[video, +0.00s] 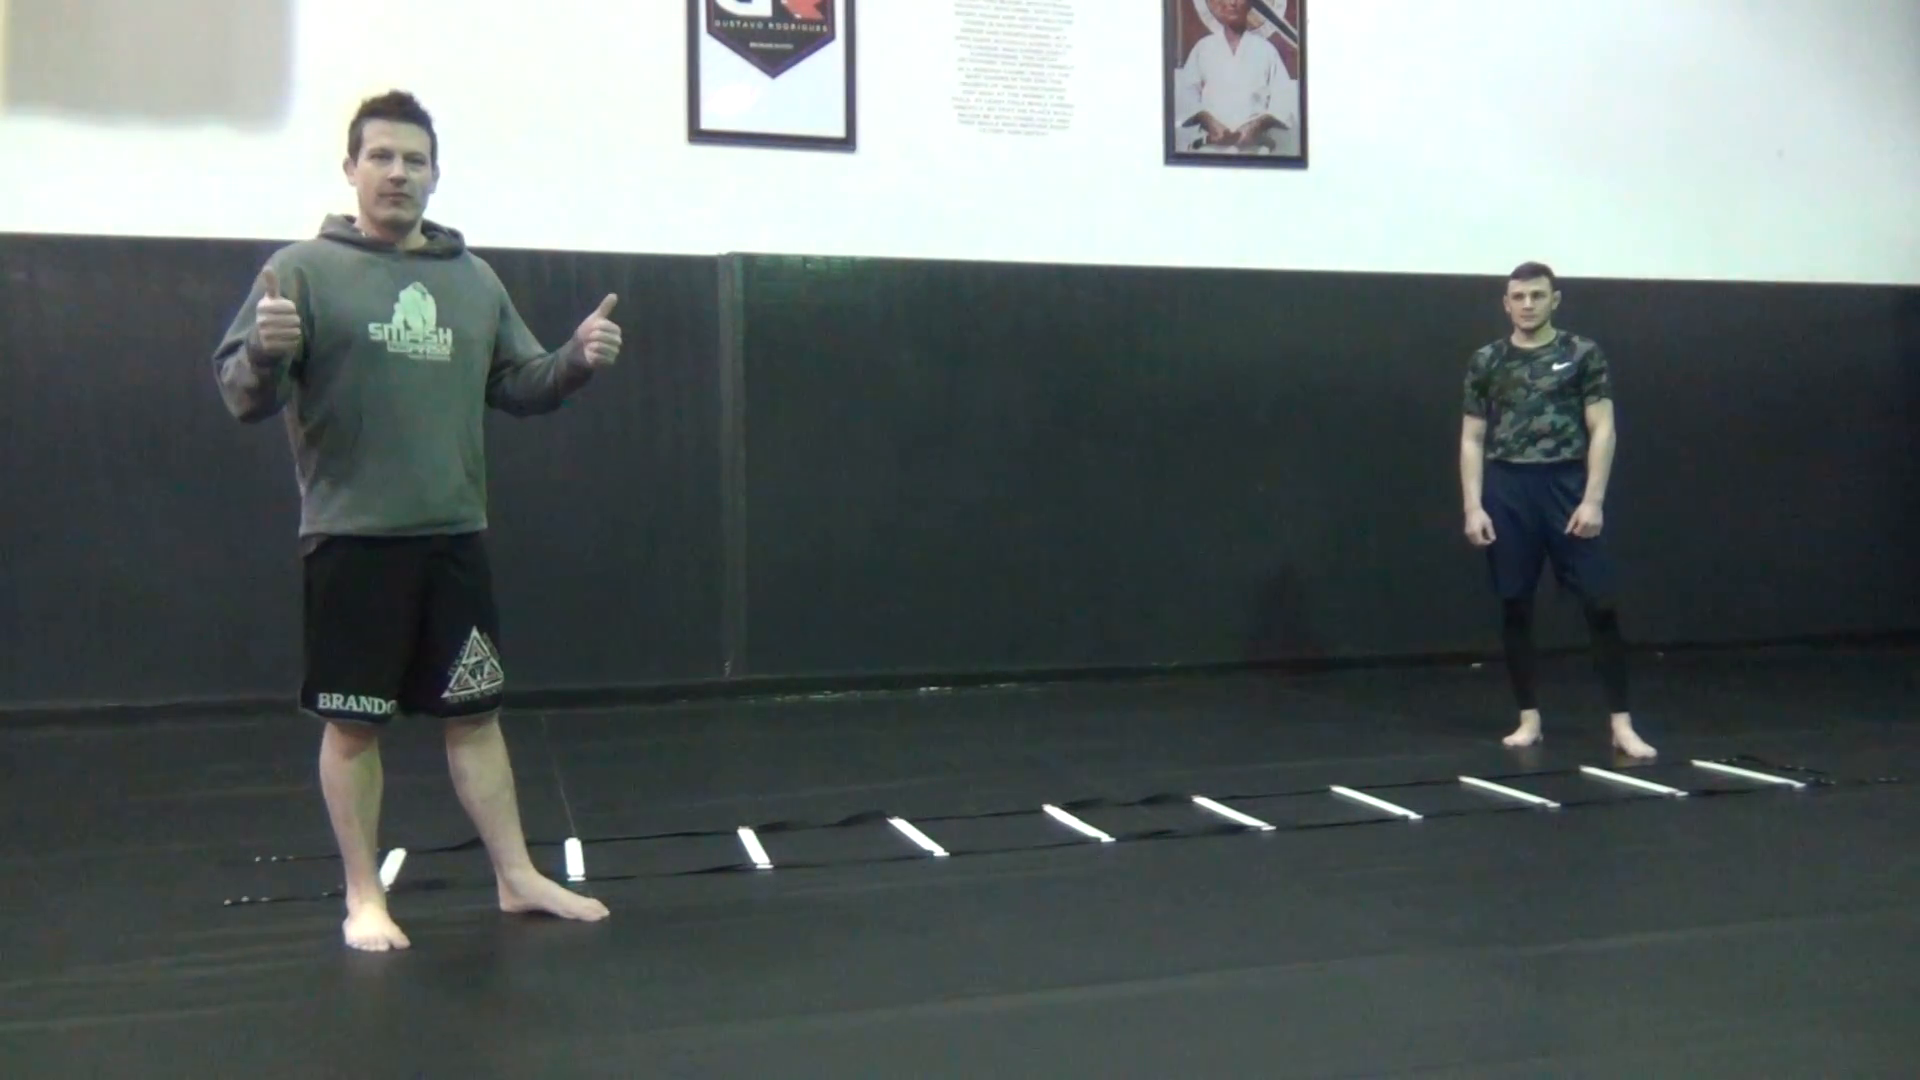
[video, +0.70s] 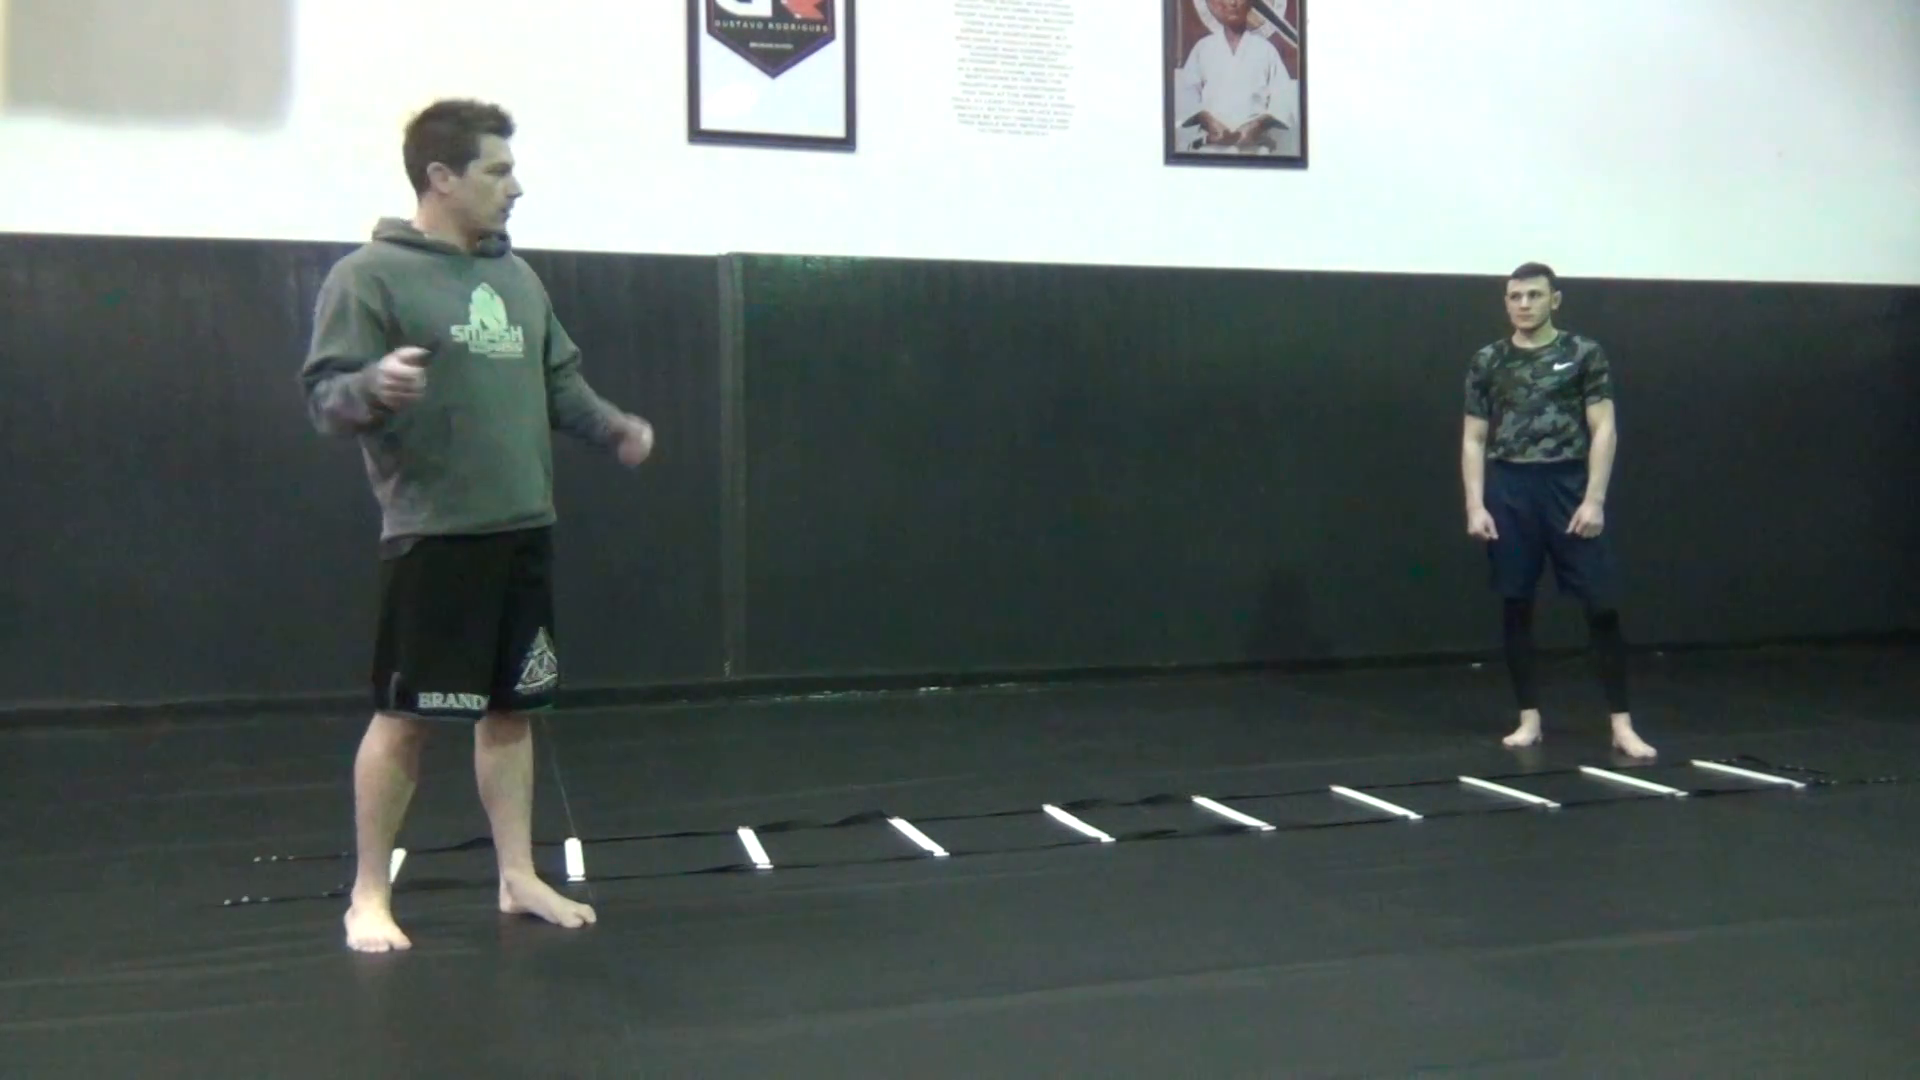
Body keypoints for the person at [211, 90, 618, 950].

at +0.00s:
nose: (396, 173)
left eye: (413, 160)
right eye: (380, 157)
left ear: (435, 174)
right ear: (350, 168)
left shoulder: (474, 279)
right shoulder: (301, 270)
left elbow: (519, 386)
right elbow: (242, 399)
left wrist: (573, 360)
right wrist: (261, 353)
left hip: (454, 530)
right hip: (350, 534)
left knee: (474, 711)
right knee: (352, 724)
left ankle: (518, 877)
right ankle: (364, 903)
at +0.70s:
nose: (514, 187)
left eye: (513, 172)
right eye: (498, 172)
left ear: (467, 179)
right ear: (439, 177)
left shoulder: (518, 278)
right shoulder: (367, 277)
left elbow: (562, 383)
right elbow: (325, 402)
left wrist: (611, 424)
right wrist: (371, 386)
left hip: (521, 527)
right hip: (430, 532)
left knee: (510, 711)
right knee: (404, 719)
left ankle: (519, 878)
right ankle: (369, 899)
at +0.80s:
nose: (526, 189)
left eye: (524, 174)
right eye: (510, 175)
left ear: (476, 183)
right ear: (456, 182)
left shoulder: (522, 278)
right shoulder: (383, 279)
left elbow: (563, 390)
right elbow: (371, 400)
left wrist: (599, 475)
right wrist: (456, 376)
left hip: (530, 527)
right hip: (442, 532)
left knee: (514, 711)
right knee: (411, 718)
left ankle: (518, 878)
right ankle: (369, 896)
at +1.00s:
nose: (538, 195)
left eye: (536, 180)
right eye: (524, 181)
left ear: (485, 186)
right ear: (469, 185)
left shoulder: (524, 274)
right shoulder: (405, 275)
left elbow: (549, 405)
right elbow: (470, 368)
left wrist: (568, 505)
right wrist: (580, 326)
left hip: (537, 523)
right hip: (460, 527)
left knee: (516, 712)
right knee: (421, 713)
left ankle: (519, 880)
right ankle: (367, 893)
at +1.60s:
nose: (528, 183)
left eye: (542, 169)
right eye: (510, 166)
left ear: (557, 182)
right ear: (476, 175)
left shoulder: (568, 281)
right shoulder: (436, 272)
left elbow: (591, 407)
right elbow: (423, 393)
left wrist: (620, 503)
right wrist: (564, 425)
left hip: (554, 525)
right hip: (472, 522)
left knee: (527, 708)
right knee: (434, 706)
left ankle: (520, 880)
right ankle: (373, 886)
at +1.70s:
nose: (533, 184)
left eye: (549, 170)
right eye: (517, 167)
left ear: (564, 182)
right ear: (483, 174)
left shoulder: (578, 284)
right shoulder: (437, 273)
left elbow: (600, 410)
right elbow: (402, 400)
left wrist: (621, 503)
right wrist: (498, 479)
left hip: (554, 536)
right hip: (468, 531)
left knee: (527, 710)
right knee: (434, 708)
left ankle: (520, 881)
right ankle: (374, 886)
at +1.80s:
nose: (541, 185)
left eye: (557, 172)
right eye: (526, 168)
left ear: (574, 184)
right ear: (494, 175)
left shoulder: (589, 288)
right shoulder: (439, 273)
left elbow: (607, 414)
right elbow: (399, 408)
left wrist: (627, 512)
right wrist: (422, 520)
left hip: (549, 534)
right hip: (464, 529)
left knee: (525, 710)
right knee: (429, 706)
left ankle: (521, 880)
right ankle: (375, 883)